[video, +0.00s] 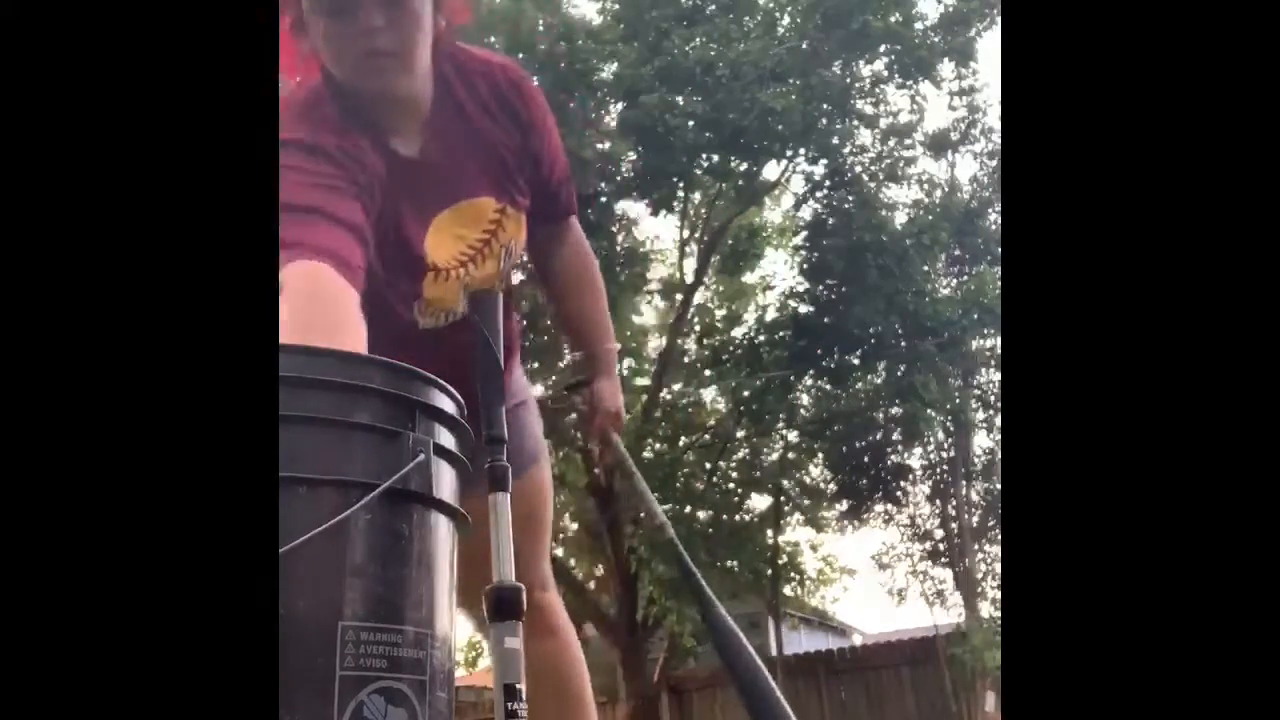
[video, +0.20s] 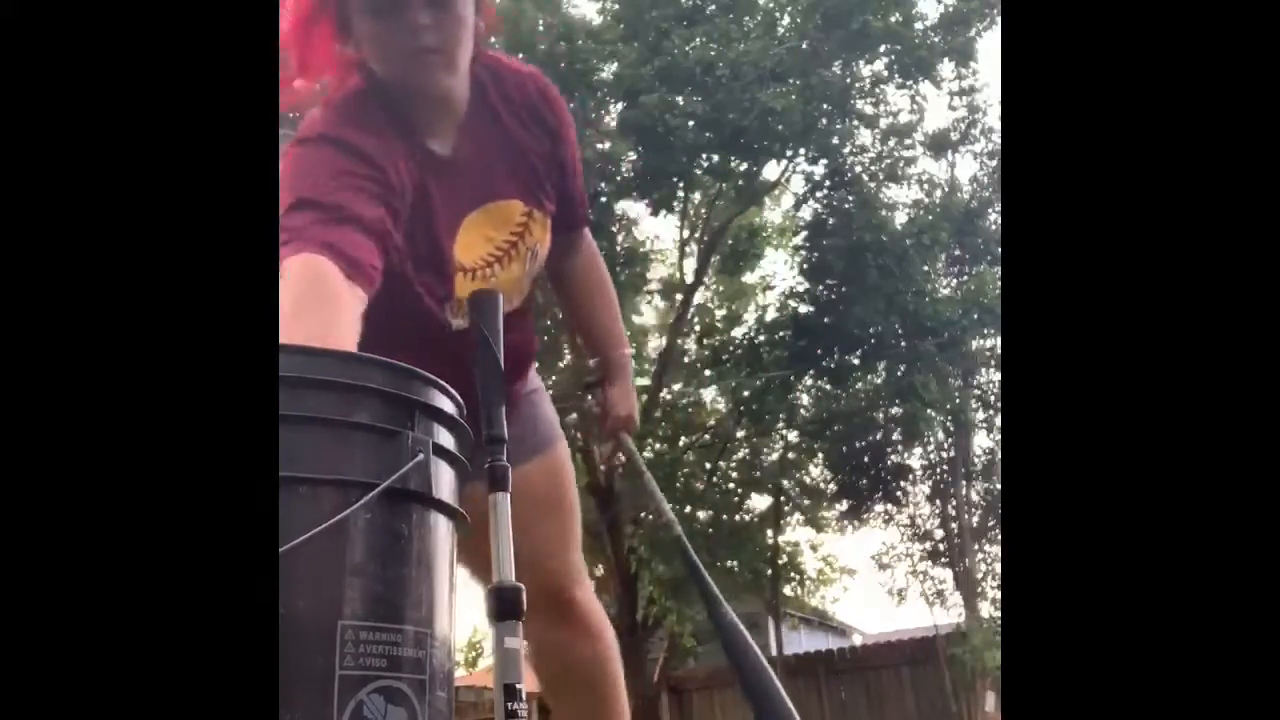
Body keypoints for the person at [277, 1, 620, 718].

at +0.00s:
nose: (375, 20)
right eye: (344, 4)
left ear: (435, 9)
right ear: (306, 23)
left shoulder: (503, 92)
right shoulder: (306, 128)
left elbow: (559, 234)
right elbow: (312, 280)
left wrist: (604, 367)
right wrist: (323, 455)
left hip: (488, 381)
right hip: (369, 390)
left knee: (528, 599)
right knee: (351, 604)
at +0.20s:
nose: (422, 21)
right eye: (389, 4)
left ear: (480, 14)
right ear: (351, 33)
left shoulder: (529, 101)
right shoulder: (340, 141)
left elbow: (570, 241)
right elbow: (318, 273)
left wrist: (617, 369)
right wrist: (310, 437)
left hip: (505, 390)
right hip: (380, 402)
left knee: (562, 599)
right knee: (379, 620)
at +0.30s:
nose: (465, 18)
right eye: (433, 3)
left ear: (513, 13)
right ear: (392, 28)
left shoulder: (555, 113)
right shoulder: (349, 143)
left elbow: (588, 248)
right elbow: (300, 244)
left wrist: (640, 358)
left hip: (518, 403)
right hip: (387, 412)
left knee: (589, 614)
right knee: (374, 634)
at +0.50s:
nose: (541, 27)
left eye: (556, 7)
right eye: (515, 10)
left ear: (581, 22)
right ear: (479, 30)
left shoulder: (625, 148)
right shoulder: (421, 133)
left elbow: (651, 273)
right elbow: (316, 256)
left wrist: (691, 375)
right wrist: (343, 214)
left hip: (578, 428)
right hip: (440, 425)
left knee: (632, 642)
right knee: (410, 646)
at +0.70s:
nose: (584, 42)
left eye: (603, 26)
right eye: (564, 27)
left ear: (630, 43)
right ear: (536, 45)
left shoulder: (671, 156)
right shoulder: (490, 136)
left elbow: (705, 281)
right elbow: (398, 208)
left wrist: (729, 389)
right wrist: (421, 205)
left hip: (632, 426)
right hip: (496, 417)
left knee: (650, 631)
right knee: (460, 607)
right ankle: (390, 707)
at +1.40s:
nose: (486, 90)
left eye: (502, 77)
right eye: (467, 80)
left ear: (528, 92)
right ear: (445, 98)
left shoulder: (587, 192)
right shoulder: (400, 199)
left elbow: (662, 280)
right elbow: (364, 291)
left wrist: (672, 356)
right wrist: (414, 324)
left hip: (573, 440)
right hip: (450, 446)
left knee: (601, 621)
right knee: (426, 645)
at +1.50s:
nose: (455, 97)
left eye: (471, 84)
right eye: (437, 88)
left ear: (497, 101)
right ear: (416, 111)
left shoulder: (555, 194)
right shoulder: (370, 215)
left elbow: (639, 272)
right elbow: (347, 325)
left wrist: (615, 356)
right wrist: (380, 412)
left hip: (556, 442)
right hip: (433, 451)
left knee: (591, 623)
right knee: (410, 642)